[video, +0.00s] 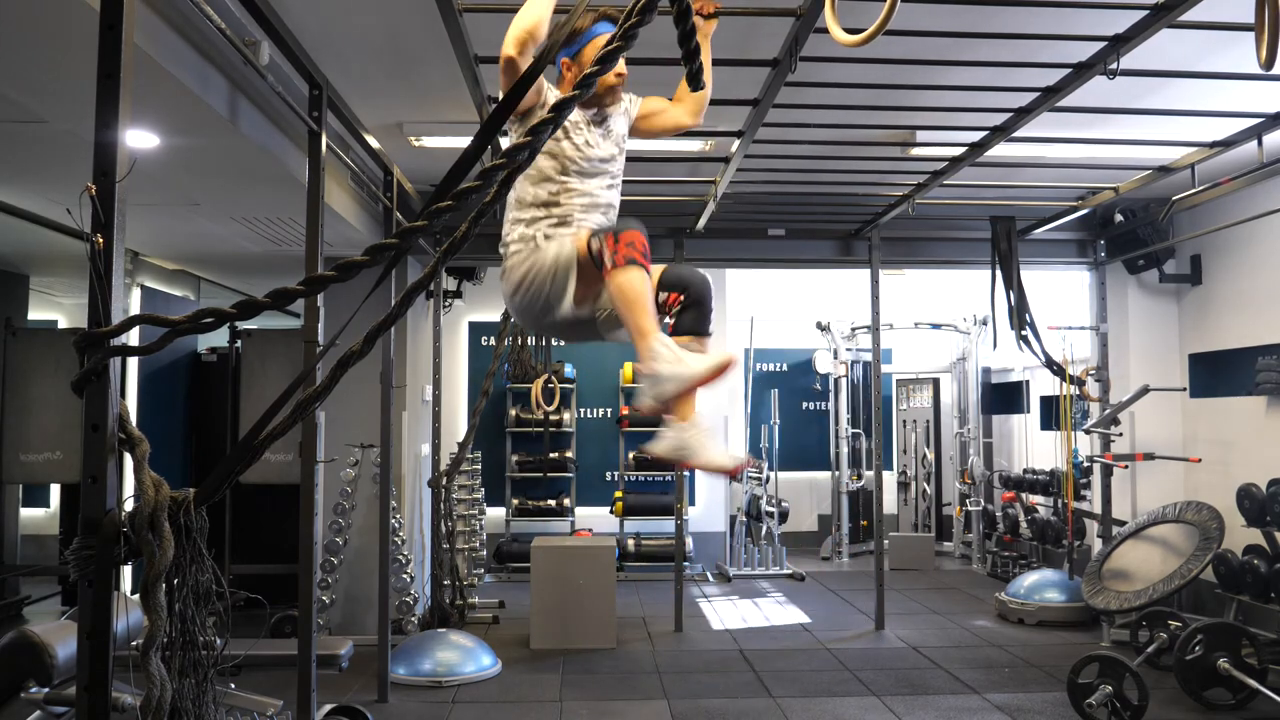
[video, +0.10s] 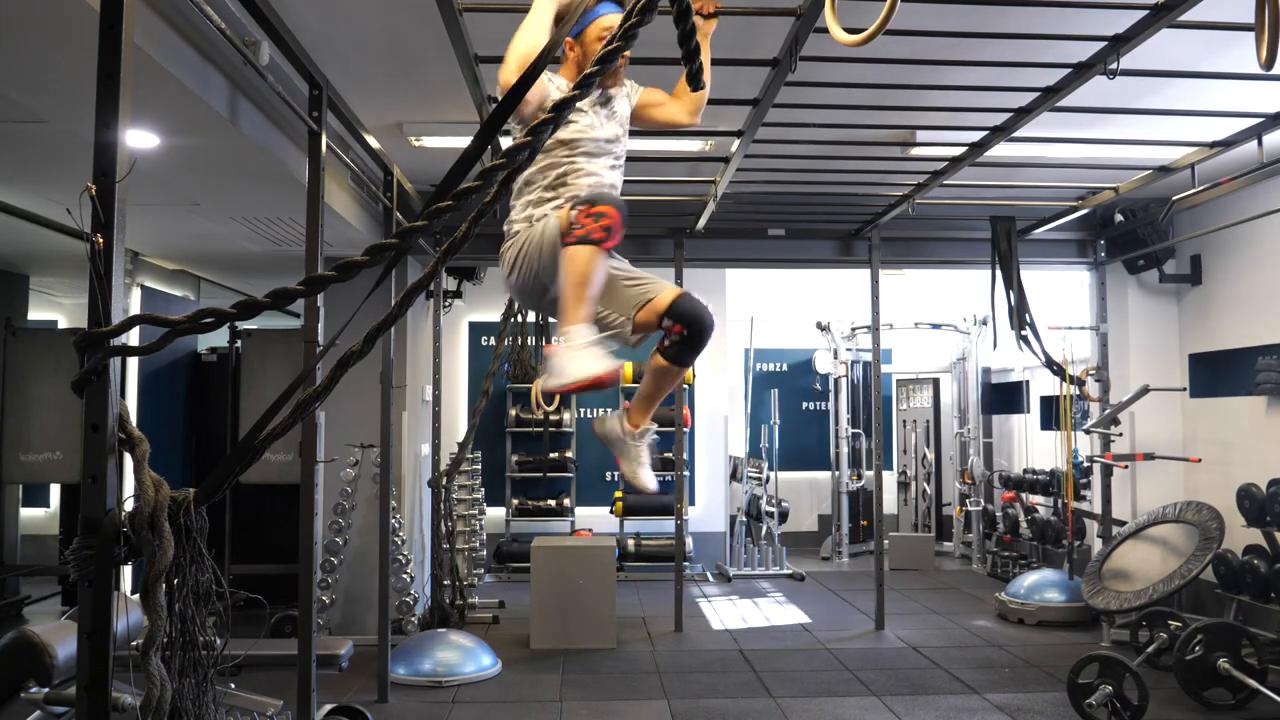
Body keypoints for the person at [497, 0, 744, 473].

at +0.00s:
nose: (621, 71)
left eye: (622, 60)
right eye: (606, 61)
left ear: (623, 66)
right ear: (569, 70)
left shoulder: (622, 112)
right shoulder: (538, 107)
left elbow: (687, 112)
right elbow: (516, 49)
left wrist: (702, 38)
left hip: (591, 290)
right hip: (530, 279)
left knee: (691, 286)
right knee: (624, 238)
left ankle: (682, 428)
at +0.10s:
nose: (620, 52)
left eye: (623, 41)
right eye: (606, 41)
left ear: (629, 45)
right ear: (573, 47)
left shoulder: (624, 94)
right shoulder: (548, 89)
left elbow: (686, 110)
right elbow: (511, 84)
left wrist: (701, 37)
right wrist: (547, 10)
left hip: (591, 261)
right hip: (531, 251)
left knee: (693, 323)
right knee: (599, 210)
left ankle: (630, 427)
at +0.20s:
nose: (621, 38)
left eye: (625, 31)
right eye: (608, 28)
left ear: (633, 44)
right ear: (580, 39)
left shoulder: (632, 94)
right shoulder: (554, 93)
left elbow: (688, 111)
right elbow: (572, 58)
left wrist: (703, 37)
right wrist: (596, 6)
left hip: (606, 260)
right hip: (546, 248)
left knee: (701, 340)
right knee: (562, 259)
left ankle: (641, 427)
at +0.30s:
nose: (635, 56)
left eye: (641, 47)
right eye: (624, 44)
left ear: (643, 50)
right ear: (587, 42)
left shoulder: (635, 98)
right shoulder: (564, 86)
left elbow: (695, 110)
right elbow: (595, 54)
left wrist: (703, 35)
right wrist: (645, 2)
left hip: (625, 278)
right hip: (561, 276)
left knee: (709, 365)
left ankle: (673, 440)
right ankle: (472, 453)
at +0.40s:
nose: (660, 65)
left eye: (660, 59)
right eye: (646, 59)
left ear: (646, 63)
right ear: (610, 59)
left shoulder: (647, 111)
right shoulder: (584, 114)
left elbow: (702, 112)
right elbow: (652, 56)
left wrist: (706, 40)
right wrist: (666, 5)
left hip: (649, 296)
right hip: (589, 302)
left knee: (719, 390)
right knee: (568, 446)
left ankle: (695, 462)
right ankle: (502, 498)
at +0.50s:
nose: (669, 82)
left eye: (672, 73)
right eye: (659, 70)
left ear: (665, 80)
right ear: (628, 72)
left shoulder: (661, 121)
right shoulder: (599, 124)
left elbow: (708, 110)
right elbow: (656, 56)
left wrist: (705, 40)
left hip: (685, 317)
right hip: (629, 327)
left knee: (742, 408)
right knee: (609, 471)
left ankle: (707, 477)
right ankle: (551, 527)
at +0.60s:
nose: (669, 86)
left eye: (673, 78)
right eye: (658, 77)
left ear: (667, 88)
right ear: (634, 85)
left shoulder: (681, 132)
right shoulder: (621, 135)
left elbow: (719, 108)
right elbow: (661, 84)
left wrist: (708, 38)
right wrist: (671, 53)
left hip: (722, 321)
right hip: (671, 333)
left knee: (765, 416)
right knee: (662, 482)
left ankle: (720, 496)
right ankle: (605, 557)